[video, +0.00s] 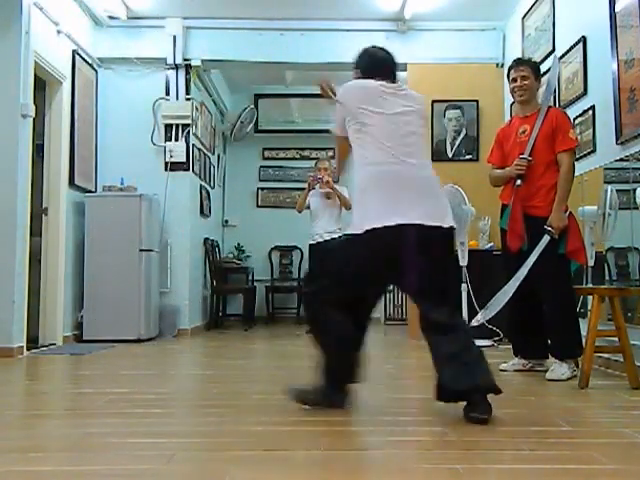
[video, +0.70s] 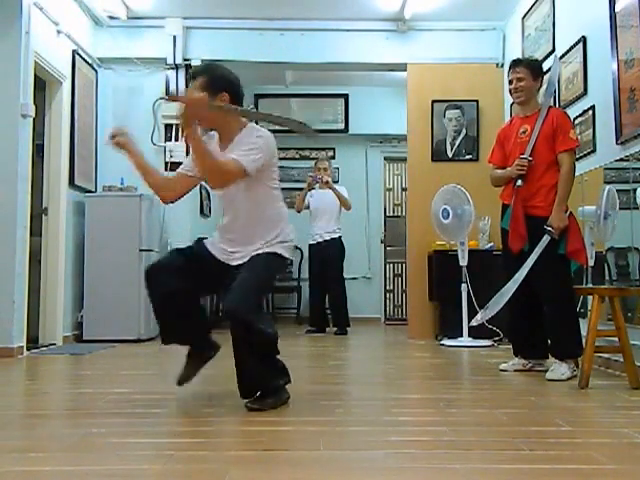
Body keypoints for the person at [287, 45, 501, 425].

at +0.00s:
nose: (352, 77)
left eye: (353, 72)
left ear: (358, 73)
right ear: (392, 74)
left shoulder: (349, 92)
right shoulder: (417, 100)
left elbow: (342, 148)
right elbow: (383, 110)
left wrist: (336, 176)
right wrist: (340, 96)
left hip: (377, 219)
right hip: (433, 220)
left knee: (338, 298)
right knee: (443, 310)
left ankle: (334, 388)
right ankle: (476, 394)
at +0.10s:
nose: (317, 79)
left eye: (319, 73)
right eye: (320, 73)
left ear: (325, 75)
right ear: (357, 74)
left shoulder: (328, 96)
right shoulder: (384, 100)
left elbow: (273, 131)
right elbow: (343, 80)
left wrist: (221, 149)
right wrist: (329, 43)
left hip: (360, 233)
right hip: (405, 231)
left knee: (296, 308)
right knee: (408, 318)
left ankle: (292, 386)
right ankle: (462, 371)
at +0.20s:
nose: (281, 89)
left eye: (283, 82)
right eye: (281, 83)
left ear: (296, 79)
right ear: (319, 77)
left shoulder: (306, 105)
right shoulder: (347, 106)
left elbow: (240, 118)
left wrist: (173, 102)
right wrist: (327, 70)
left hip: (343, 232)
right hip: (372, 232)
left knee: (281, 297)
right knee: (342, 314)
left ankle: (284, 389)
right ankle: (399, 354)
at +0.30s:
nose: (255, 97)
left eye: (258, 89)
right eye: (255, 91)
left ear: (272, 85)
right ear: (287, 85)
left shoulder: (306, 114)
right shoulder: (298, 125)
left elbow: (242, 137)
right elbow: (260, 163)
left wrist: (203, 87)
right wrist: (251, 124)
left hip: (336, 236)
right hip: (318, 236)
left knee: (265, 297)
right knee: (267, 296)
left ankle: (283, 390)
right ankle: (298, 346)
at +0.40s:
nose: (235, 105)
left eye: (237, 97)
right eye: (234, 98)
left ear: (252, 94)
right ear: (267, 95)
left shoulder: (298, 126)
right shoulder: (260, 146)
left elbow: (246, 165)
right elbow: (214, 192)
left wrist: (225, 115)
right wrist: (170, 164)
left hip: (321, 245)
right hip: (285, 245)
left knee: (259, 301)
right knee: (235, 294)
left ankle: (282, 389)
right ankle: (203, 361)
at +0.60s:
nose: (200, 111)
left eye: (204, 103)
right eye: (199, 105)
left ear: (227, 102)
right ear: (225, 104)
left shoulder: (274, 138)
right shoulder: (219, 148)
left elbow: (245, 185)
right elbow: (172, 190)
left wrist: (215, 136)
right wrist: (111, 182)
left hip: (289, 247)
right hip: (245, 248)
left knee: (250, 305)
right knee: (187, 286)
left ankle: (272, 388)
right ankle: (194, 360)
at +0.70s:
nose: (188, 104)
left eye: (195, 97)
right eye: (189, 98)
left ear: (222, 99)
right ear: (215, 102)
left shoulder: (259, 140)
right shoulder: (208, 144)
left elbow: (218, 178)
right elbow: (169, 191)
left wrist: (191, 131)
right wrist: (133, 153)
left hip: (269, 245)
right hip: (226, 244)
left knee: (238, 304)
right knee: (162, 274)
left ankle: (272, 386)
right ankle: (200, 344)